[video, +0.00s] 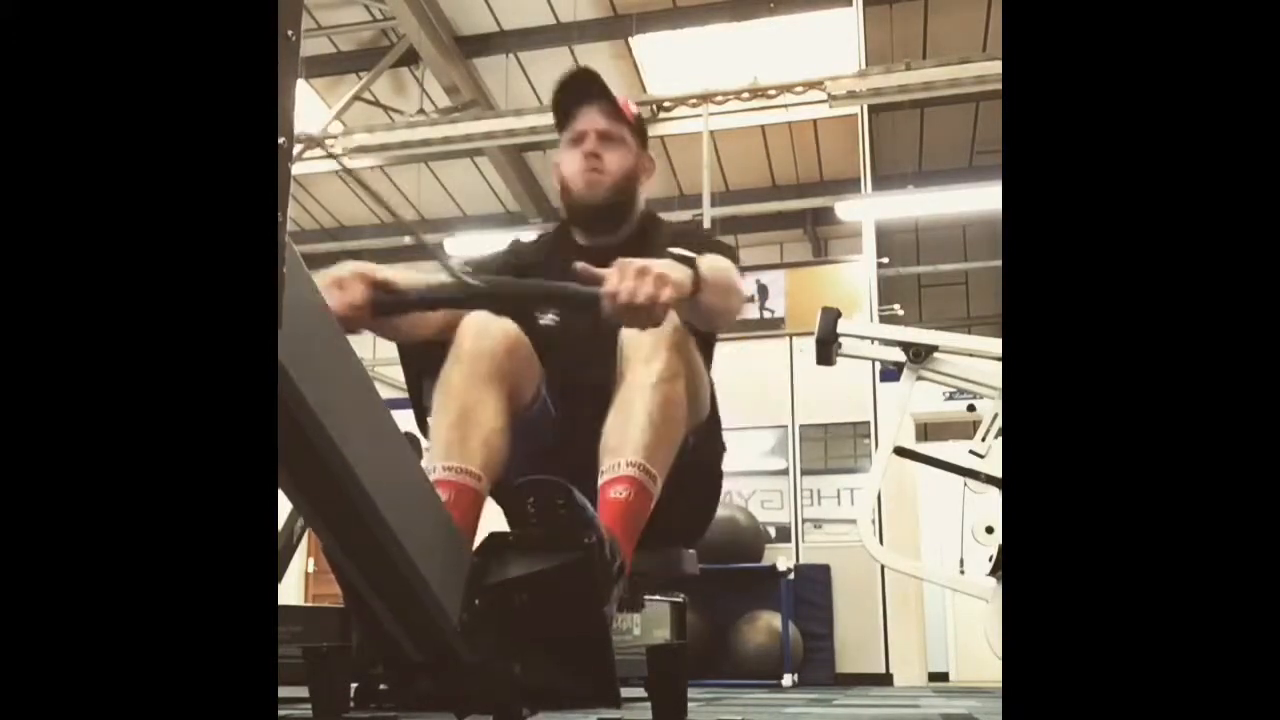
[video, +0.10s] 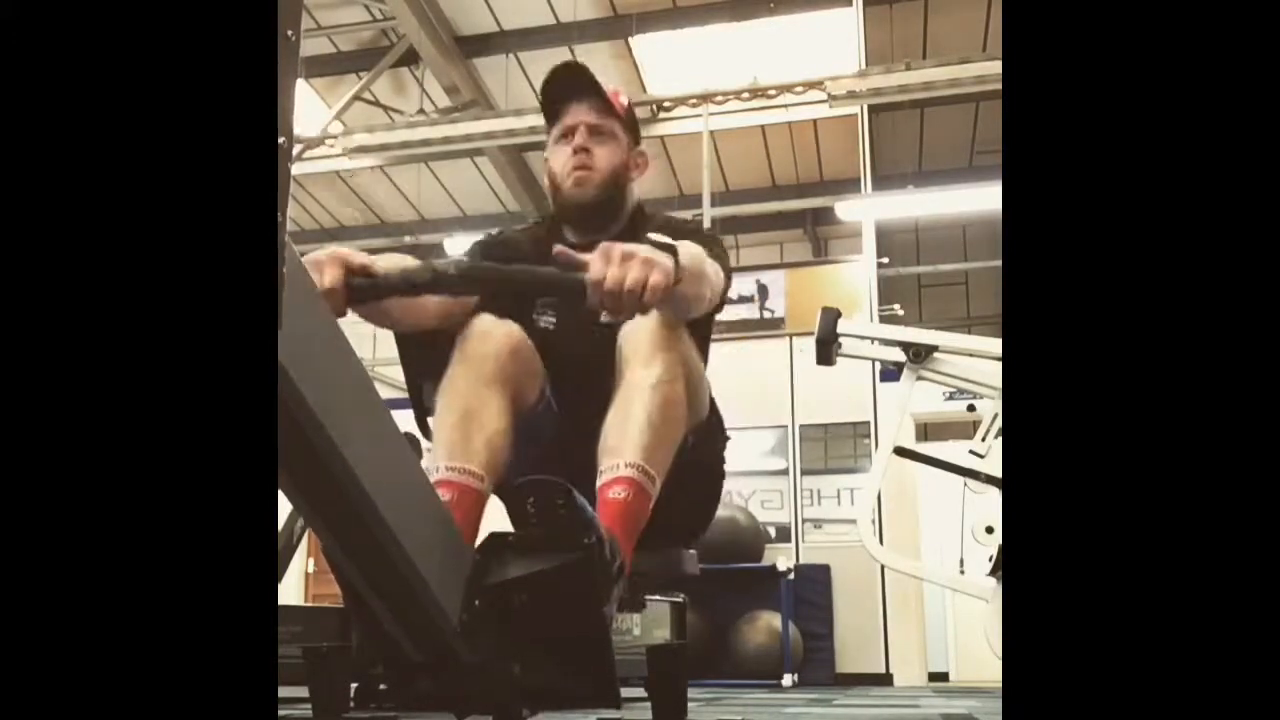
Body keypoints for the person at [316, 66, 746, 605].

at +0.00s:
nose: (589, 149)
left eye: (609, 139)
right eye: (576, 141)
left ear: (644, 167)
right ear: (557, 170)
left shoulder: (688, 246)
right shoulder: (527, 260)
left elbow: (731, 303)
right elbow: (442, 312)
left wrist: (684, 276)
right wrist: (369, 300)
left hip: (664, 485)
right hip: (545, 480)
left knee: (656, 334)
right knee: (482, 329)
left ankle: (606, 556)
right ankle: (440, 554)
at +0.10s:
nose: (578, 144)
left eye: (600, 134)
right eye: (565, 137)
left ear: (636, 162)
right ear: (548, 169)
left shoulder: (678, 242)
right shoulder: (515, 247)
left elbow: (705, 286)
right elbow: (439, 293)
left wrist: (662, 270)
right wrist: (357, 277)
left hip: (659, 482)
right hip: (542, 478)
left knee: (655, 327)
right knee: (489, 335)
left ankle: (607, 555)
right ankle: (443, 554)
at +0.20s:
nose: (592, 157)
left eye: (611, 147)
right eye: (577, 148)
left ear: (645, 173)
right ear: (558, 176)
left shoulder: (687, 257)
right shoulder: (532, 265)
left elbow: (716, 308)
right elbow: (454, 313)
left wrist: (678, 283)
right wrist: (386, 305)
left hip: (669, 483)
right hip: (555, 477)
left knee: (659, 352)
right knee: (500, 357)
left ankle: (605, 564)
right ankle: (446, 555)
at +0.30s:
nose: (620, 189)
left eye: (636, 179)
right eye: (606, 179)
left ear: (663, 201)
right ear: (588, 203)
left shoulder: (700, 274)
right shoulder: (560, 281)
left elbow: (748, 326)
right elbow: (483, 333)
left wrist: (707, 282)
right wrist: (442, 307)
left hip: (678, 482)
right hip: (563, 479)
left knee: (663, 398)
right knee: (511, 402)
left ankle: (605, 564)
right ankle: (452, 556)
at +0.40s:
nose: (642, 236)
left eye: (657, 224)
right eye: (631, 225)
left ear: (682, 240)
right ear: (616, 239)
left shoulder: (715, 308)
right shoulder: (586, 318)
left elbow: (769, 363)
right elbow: (509, 375)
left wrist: (730, 322)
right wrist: (490, 340)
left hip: (691, 472)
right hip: (587, 470)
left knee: (661, 436)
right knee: (523, 447)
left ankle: (611, 567)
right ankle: (460, 559)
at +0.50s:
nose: (655, 289)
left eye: (669, 277)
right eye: (644, 277)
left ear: (692, 288)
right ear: (628, 286)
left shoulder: (720, 356)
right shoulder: (593, 358)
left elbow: (797, 416)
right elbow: (509, 423)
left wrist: (752, 367)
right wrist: (515, 380)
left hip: (695, 501)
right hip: (594, 498)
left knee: (663, 471)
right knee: (539, 474)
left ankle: (610, 579)